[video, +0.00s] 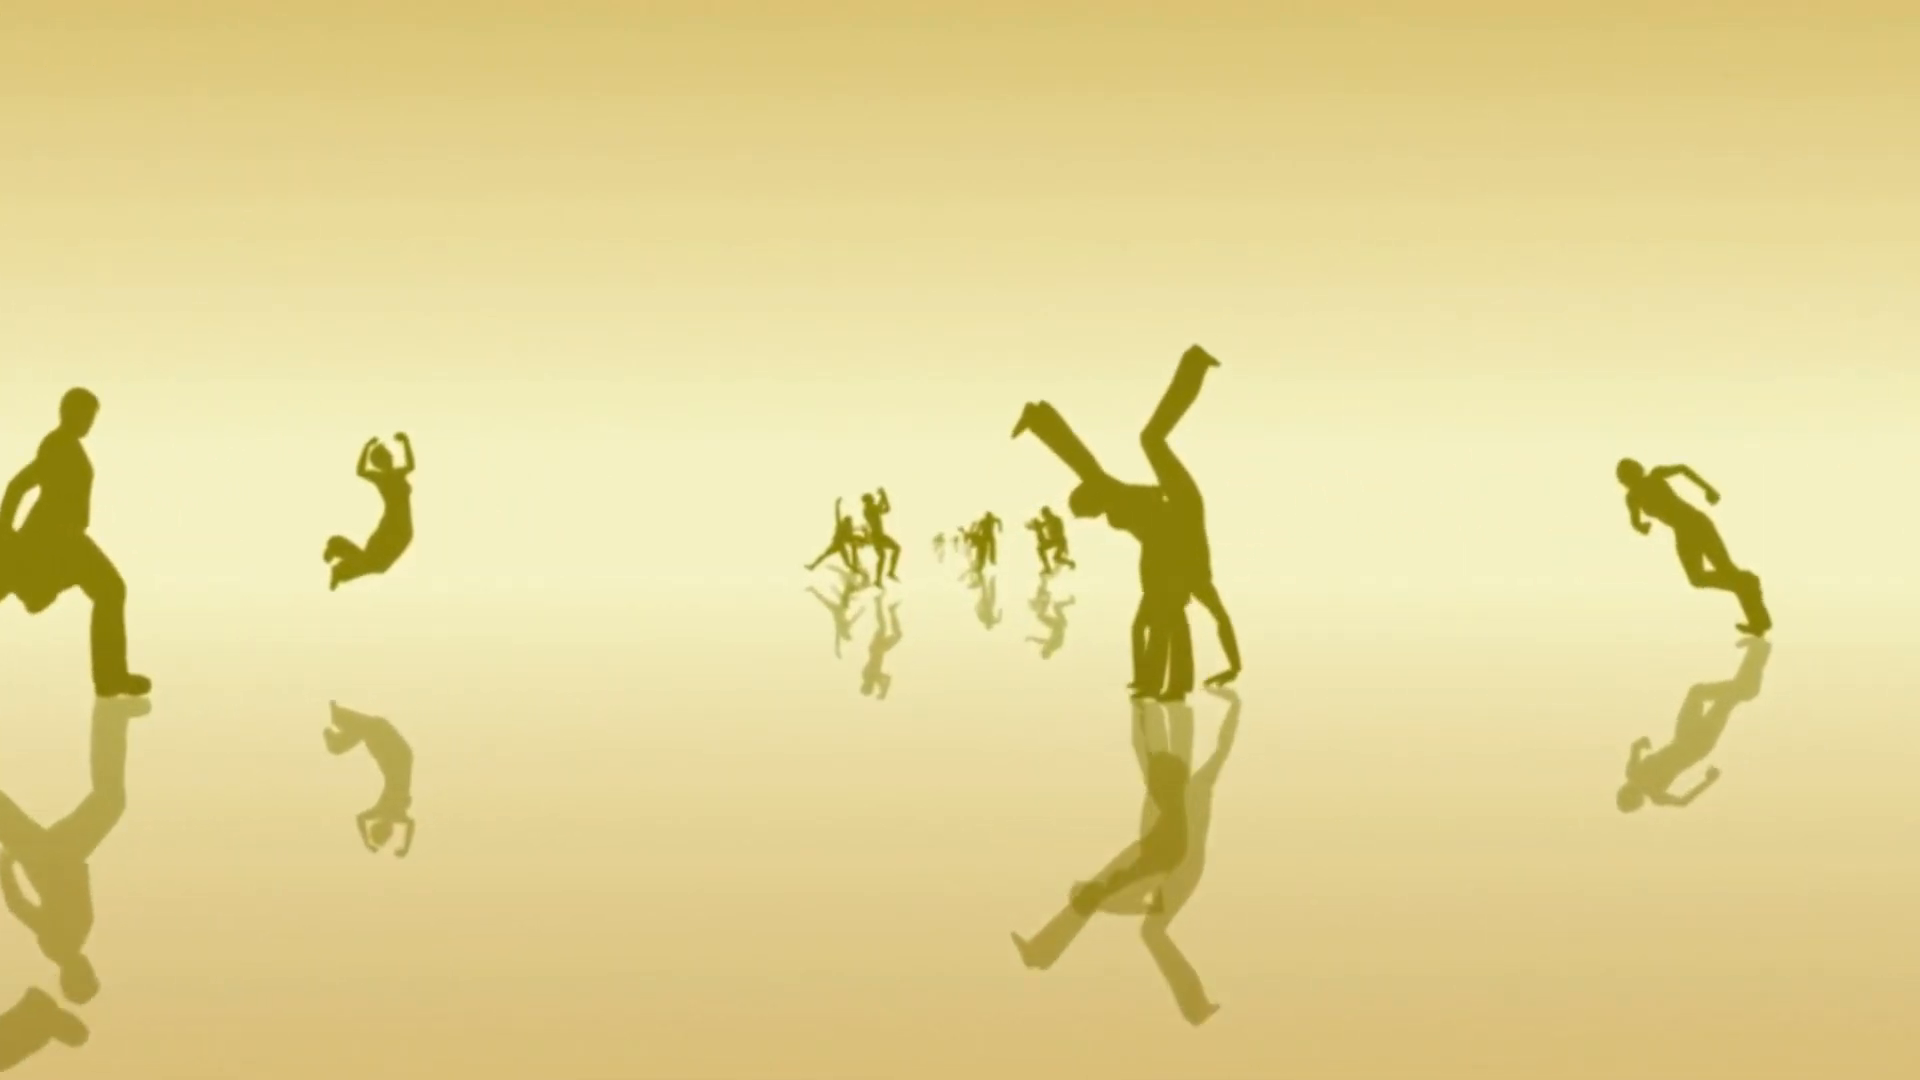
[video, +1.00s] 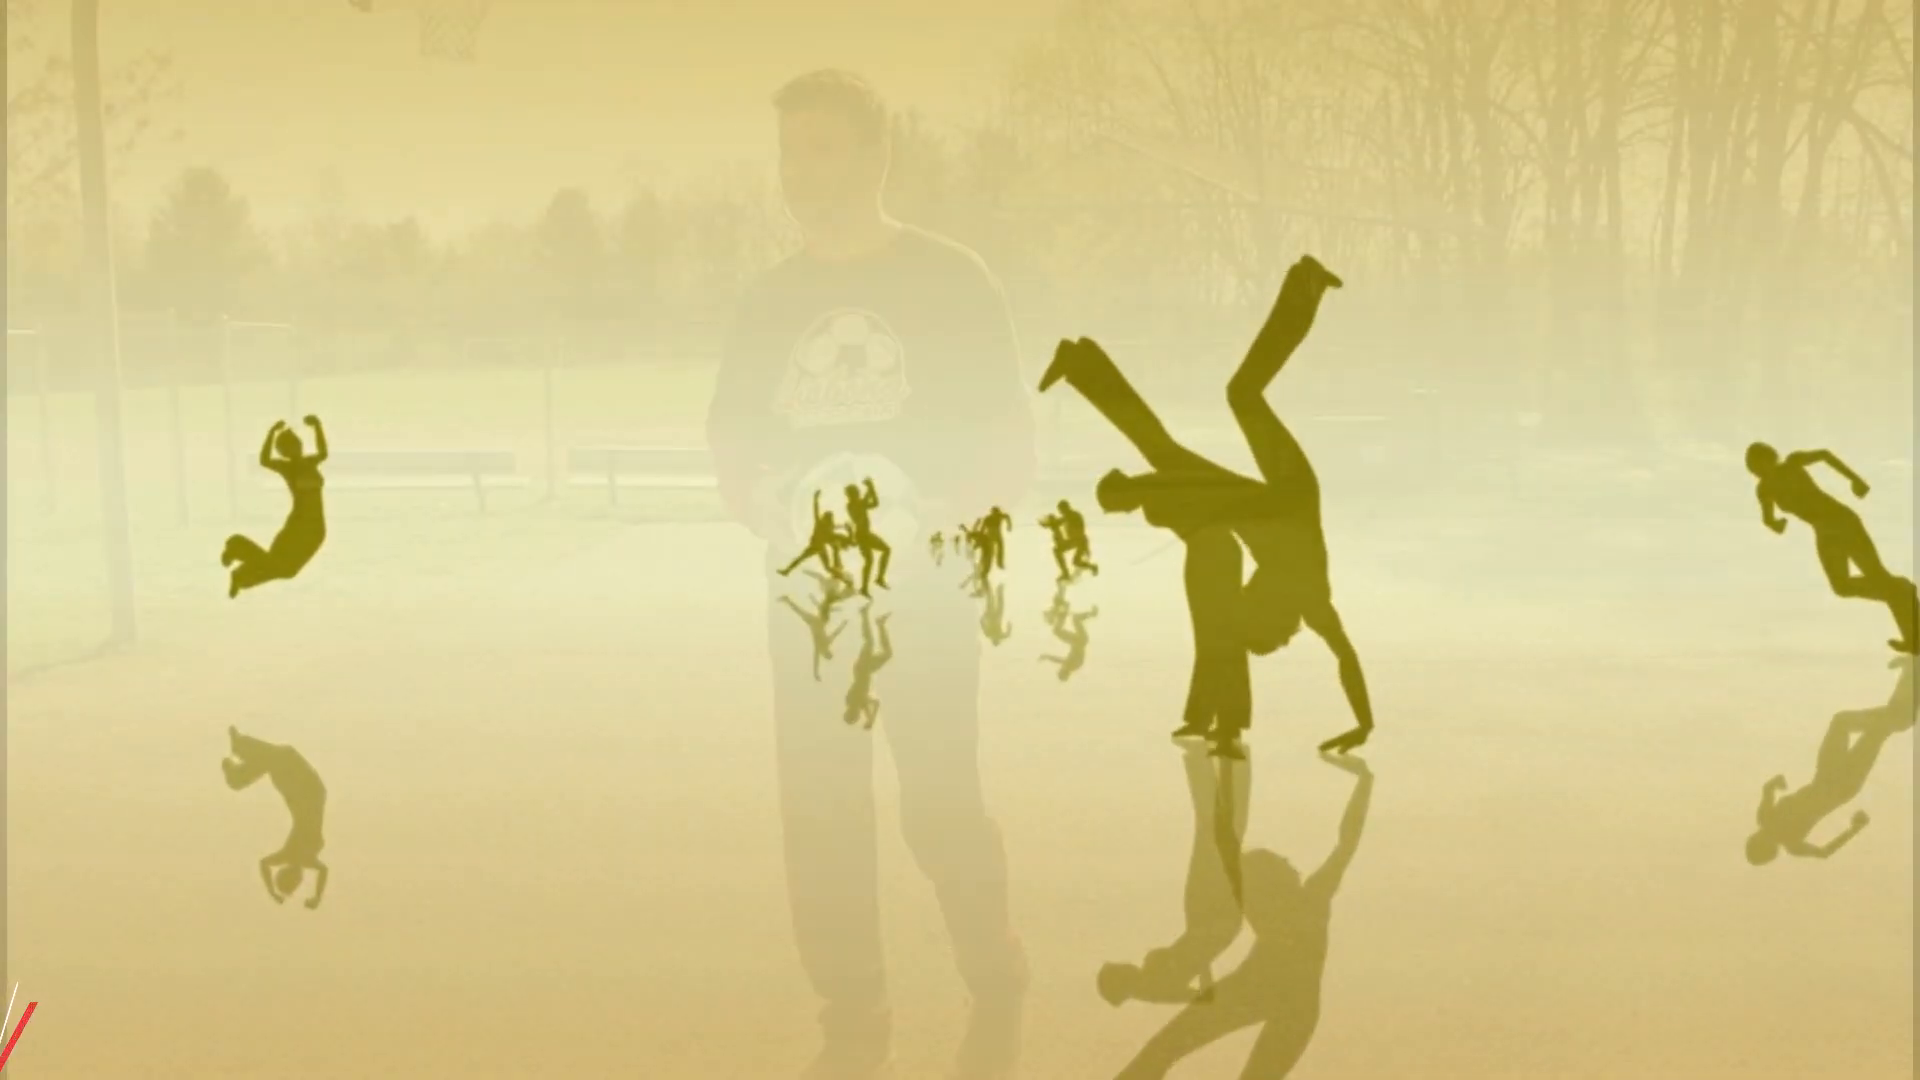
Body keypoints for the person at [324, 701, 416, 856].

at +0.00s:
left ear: (387, 829)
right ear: (375, 826)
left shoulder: (397, 816)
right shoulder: (378, 812)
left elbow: (411, 823)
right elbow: (360, 818)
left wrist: (405, 848)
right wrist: (366, 842)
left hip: (383, 731)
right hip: (372, 728)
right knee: (336, 747)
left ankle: (338, 713)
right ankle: (327, 732)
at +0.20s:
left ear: (371, 838)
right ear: (359, 835)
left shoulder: (380, 824)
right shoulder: (361, 821)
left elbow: (396, 831)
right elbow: (342, 826)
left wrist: (390, 856)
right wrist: (349, 851)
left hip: (365, 735)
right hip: (355, 734)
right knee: (318, 754)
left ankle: (321, 719)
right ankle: (309, 737)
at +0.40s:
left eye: (347, 856)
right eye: (343, 856)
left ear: (354, 847)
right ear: (342, 844)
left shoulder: (364, 832)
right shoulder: (343, 829)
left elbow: (379, 841)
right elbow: (324, 834)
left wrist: (373, 866)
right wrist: (332, 860)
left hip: (349, 741)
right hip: (336, 741)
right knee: (299, 760)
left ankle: (302, 725)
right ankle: (290, 742)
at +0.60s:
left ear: (335, 856)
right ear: (322, 853)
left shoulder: (346, 841)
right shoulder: (325, 838)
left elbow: (362, 849)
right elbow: (305, 843)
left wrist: (355, 875)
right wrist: (312, 870)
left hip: (330, 747)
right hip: (317, 747)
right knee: (279, 767)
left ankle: (282, 730)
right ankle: (270, 749)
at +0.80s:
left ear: (316, 866)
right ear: (303, 863)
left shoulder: (327, 851)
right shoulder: (307, 847)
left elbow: (343, 859)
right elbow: (286, 853)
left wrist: (337, 886)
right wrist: (293, 881)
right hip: (298, 753)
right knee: (258, 774)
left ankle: (262, 736)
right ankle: (249, 756)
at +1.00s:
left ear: (297, 876)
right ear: (283, 872)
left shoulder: (307, 860)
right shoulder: (286, 857)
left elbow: (324, 870)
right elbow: (263, 863)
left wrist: (317, 898)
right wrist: (271, 891)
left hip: (290, 761)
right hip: (276, 760)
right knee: (236, 782)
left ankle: (239, 742)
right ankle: (226, 762)